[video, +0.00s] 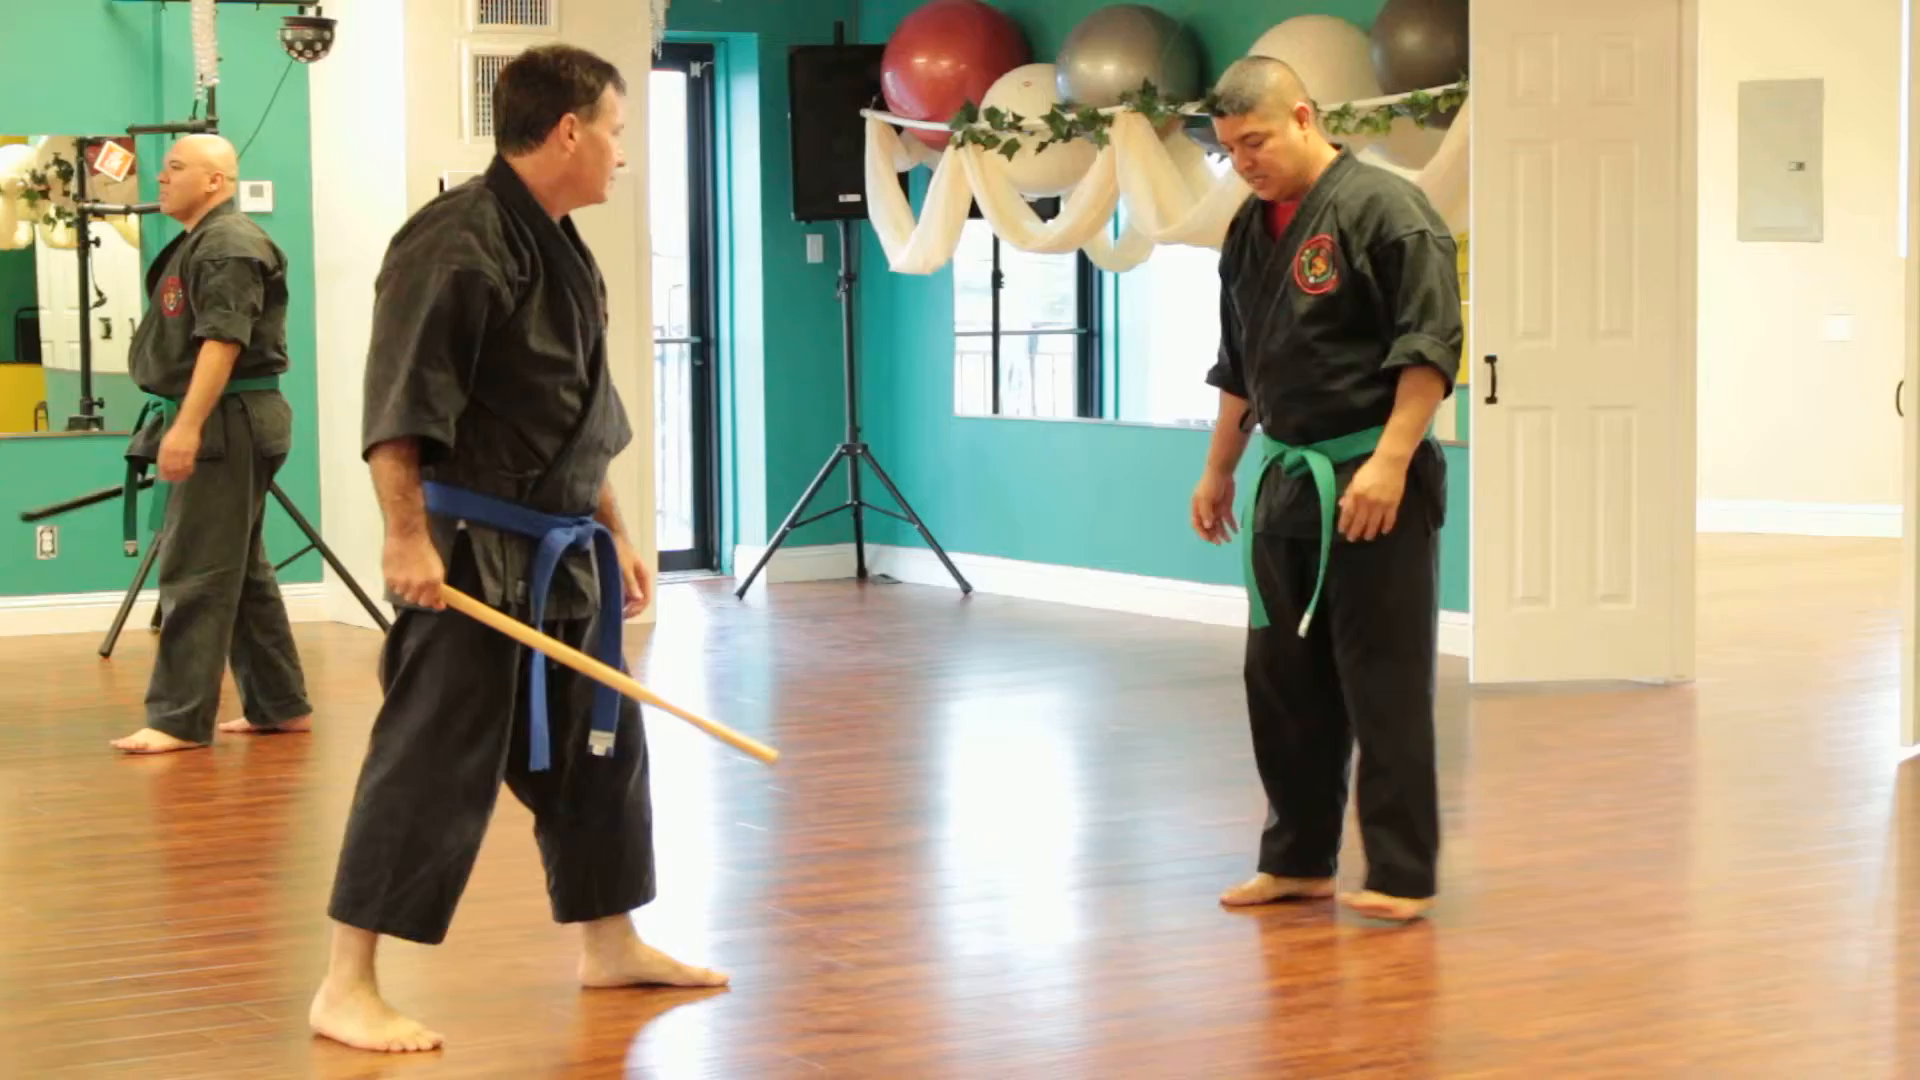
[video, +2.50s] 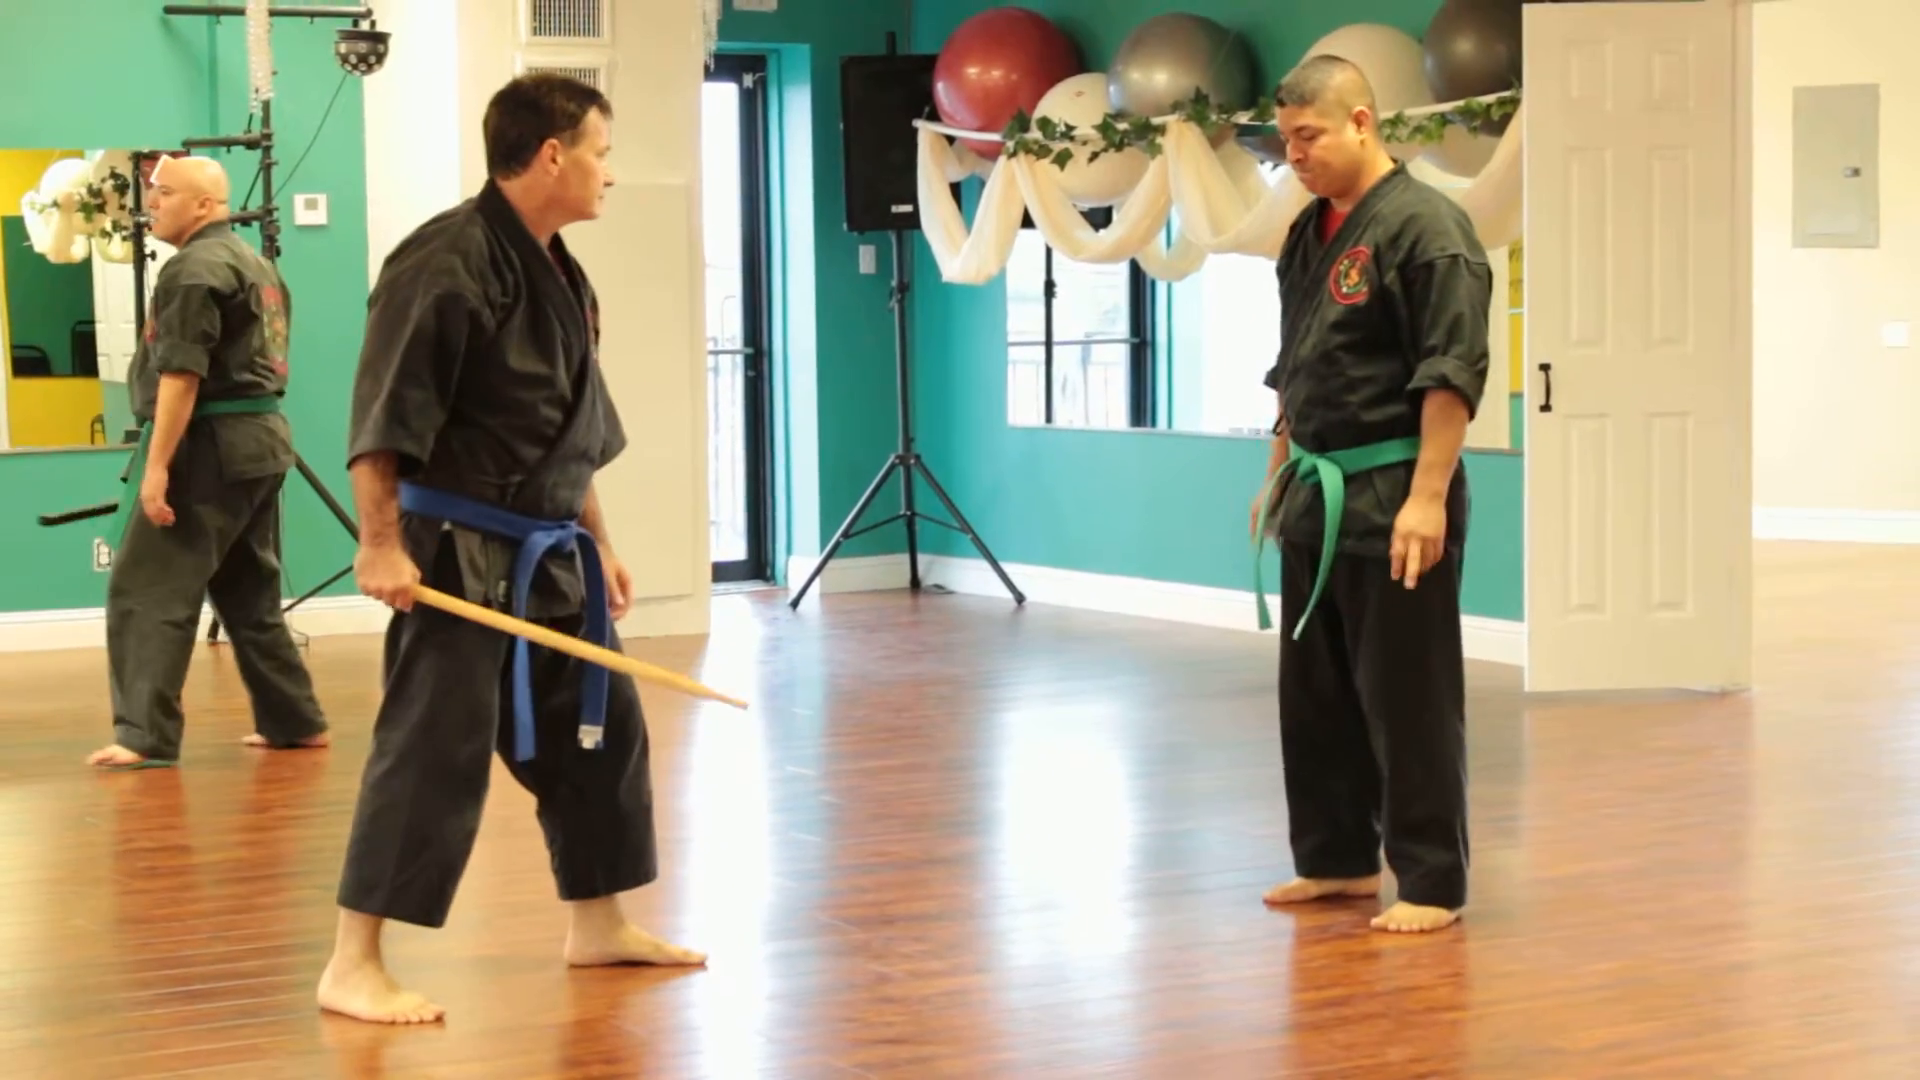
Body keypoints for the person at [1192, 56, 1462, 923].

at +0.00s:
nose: (1243, 162)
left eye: (1254, 142)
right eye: (1230, 149)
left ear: (1306, 119)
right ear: (1224, 147)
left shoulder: (1388, 207)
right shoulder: (1251, 227)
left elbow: (1431, 349)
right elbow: (1240, 362)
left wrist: (1391, 461)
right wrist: (1218, 466)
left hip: (1376, 471)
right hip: (1286, 473)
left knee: (1384, 677)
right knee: (1285, 670)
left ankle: (1400, 876)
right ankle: (1298, 862)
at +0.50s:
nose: (1272, 166)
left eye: (1281, 146)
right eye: (1262, 150)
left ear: (1333, 120)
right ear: (1260, 141)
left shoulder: (1406, 217)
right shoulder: (1288, 218)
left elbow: (1443, 364)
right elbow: (1298, 353)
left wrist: (1438, 491)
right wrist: (1283, 454)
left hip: (1385, 473)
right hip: (1307, 473)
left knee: (1387, 682)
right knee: (1291, 672)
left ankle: (1401, 885)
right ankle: (1306, 861)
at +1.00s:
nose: (1262, 144)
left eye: (1277, 127)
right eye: (1256, 129)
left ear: (1334, 119)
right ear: (1259, 131)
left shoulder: (1398, 216)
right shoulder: (1271, 224)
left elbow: (1432, 365)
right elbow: (1261, 364)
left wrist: (1408, 483)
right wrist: (1238, 464)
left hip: (1372, 479)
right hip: (1288, 480)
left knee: (1389, 690)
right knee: (1295, 682)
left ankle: (1410, 888)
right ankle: (1310, 862)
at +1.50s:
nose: (1298, 149)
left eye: (1311, 130)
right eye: (1291, 134)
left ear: (1367, 116)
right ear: (1298, 133)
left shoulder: (1435, 218)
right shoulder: (1315, 222)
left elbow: (1458, 369)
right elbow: (1310, 361)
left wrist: (1436, 491)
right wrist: (1297, 469)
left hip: (1404, 475)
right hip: (1321, 475)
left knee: (1414, 687)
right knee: (1318, 679)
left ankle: (1430, 882)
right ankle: (1334, 862)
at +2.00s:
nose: (1309, 149)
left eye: (1323, 131)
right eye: (1302, 134)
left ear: (1378, 119)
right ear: (1306, 134)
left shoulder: (1443, 223)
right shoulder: (1319, 226)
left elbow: (1471, 374)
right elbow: (1310, 364)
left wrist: (1461, 497)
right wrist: (1299, 465)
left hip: (1409, 480)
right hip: (1325, 480)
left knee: (1429, 689)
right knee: (1327, 679)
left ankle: (1442, 884)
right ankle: (1340, 860)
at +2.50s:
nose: (1294, 156)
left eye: (1307, 138)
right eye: (1287, 141)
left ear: (1362, 123)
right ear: (1294, 141)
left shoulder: (1429, 224)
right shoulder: (1307, 231)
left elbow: (1452, 376)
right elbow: (1297, 368)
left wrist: (1429, 495)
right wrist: (1281, 466)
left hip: (1398, 480)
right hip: (1315, 481)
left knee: (1408, 689)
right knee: (1319, 680)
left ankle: (1431, 885)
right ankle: (1339, 862)